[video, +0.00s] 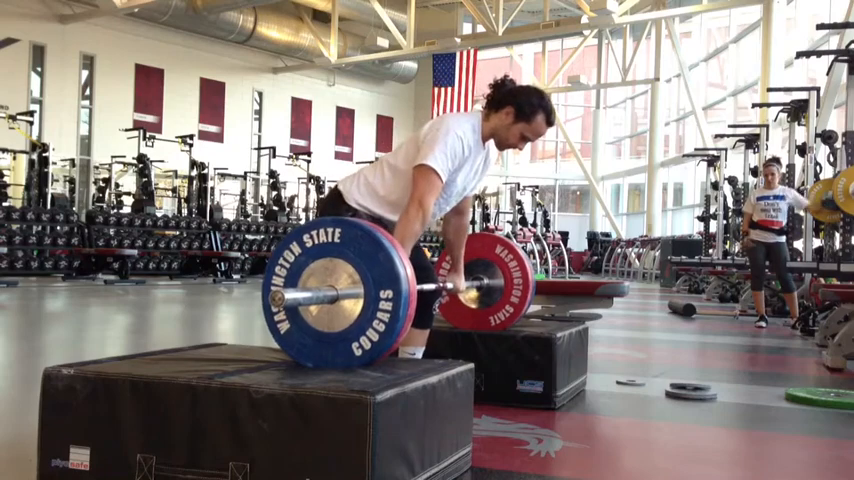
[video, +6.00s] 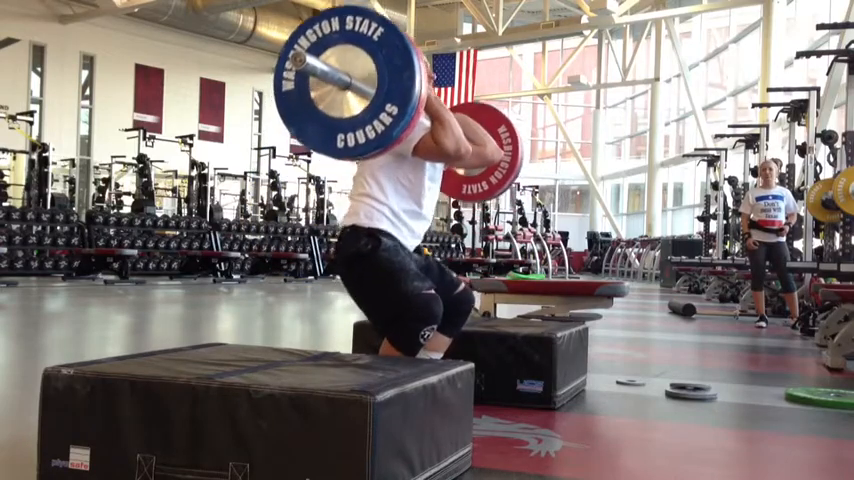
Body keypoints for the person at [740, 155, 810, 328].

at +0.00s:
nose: (769, 178)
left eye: (772, 174)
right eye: (766, 175)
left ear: (779, 175)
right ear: (762, 176)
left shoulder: (787, 193)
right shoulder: (755, 194)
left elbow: (808, 205)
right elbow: (747, 216)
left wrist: (824, 205)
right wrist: (744, 234)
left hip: (778, 240)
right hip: (756, 239)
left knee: (784, 275)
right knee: (757, 276)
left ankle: (795, 317)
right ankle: (761, 316)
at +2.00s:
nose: (766, 176)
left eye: (769, 173)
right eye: (763, 173)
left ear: (776, 174)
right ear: (759, 175)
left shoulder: (784, 193)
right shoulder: (751, 195)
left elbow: (794, 213)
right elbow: (744, 217)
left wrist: (788, 224)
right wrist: (746, 235)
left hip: (777, 240)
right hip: (756, 239)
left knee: (785, 276)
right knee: (757, 277)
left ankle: (795, 318)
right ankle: (761, 316)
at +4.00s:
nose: (766, 176)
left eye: (769, 173)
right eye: (763, 173)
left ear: (776, 174)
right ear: (759, 175)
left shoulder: (784, 193)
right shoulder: (751, 194)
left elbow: (792, 214)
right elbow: (744, 216)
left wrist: (787, 224)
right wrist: (746, 235)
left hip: (777, 240)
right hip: (757, 239)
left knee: (785, 276)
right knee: (757, 278)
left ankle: (795, 318)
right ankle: (761, 316)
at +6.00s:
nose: (767, 172)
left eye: (770, 169)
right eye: (764, 170)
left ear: (776, 172)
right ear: (760, 173)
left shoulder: (784, 192)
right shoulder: (752, 193)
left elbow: (792, 213)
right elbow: (744, 216)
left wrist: (788, 224)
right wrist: (746, 235)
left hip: (778, 239)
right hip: (757, 239)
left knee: (785, 275)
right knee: (757, 277)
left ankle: (795, 317)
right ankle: (761, 316)